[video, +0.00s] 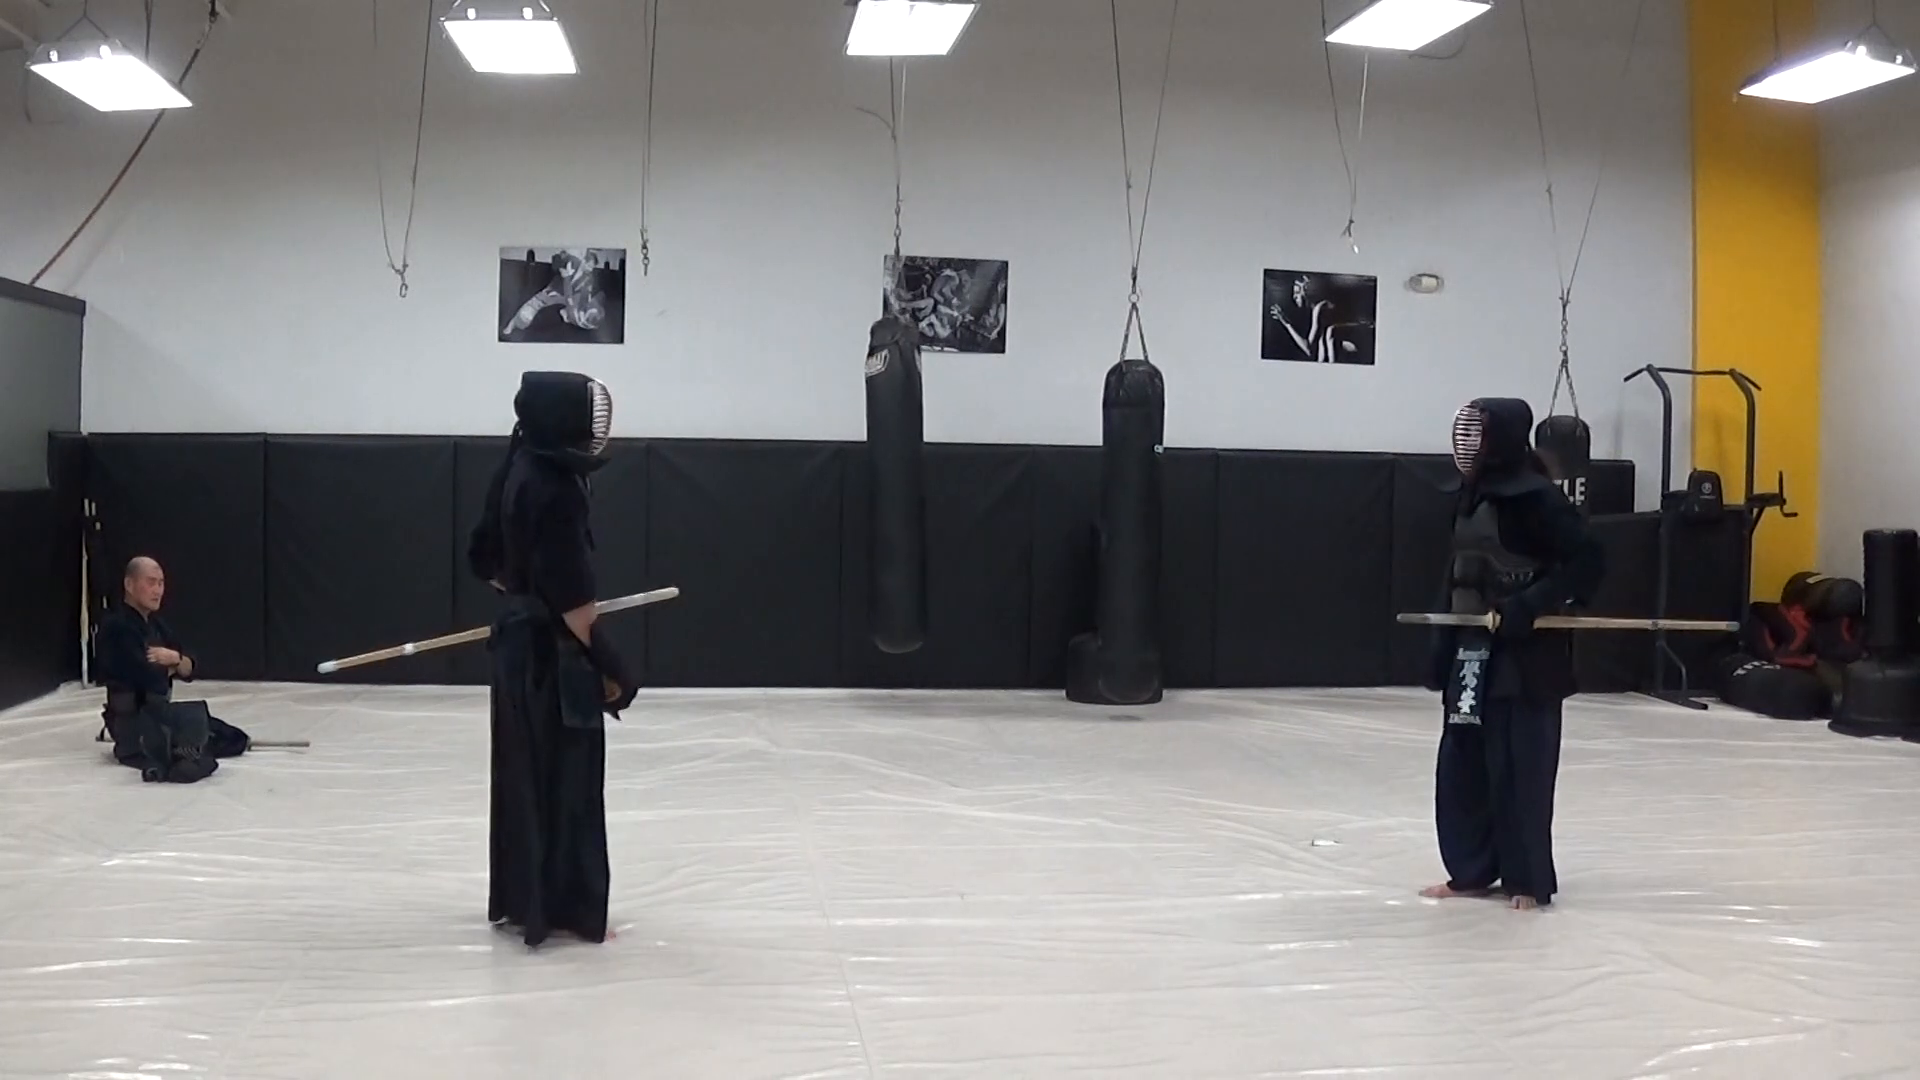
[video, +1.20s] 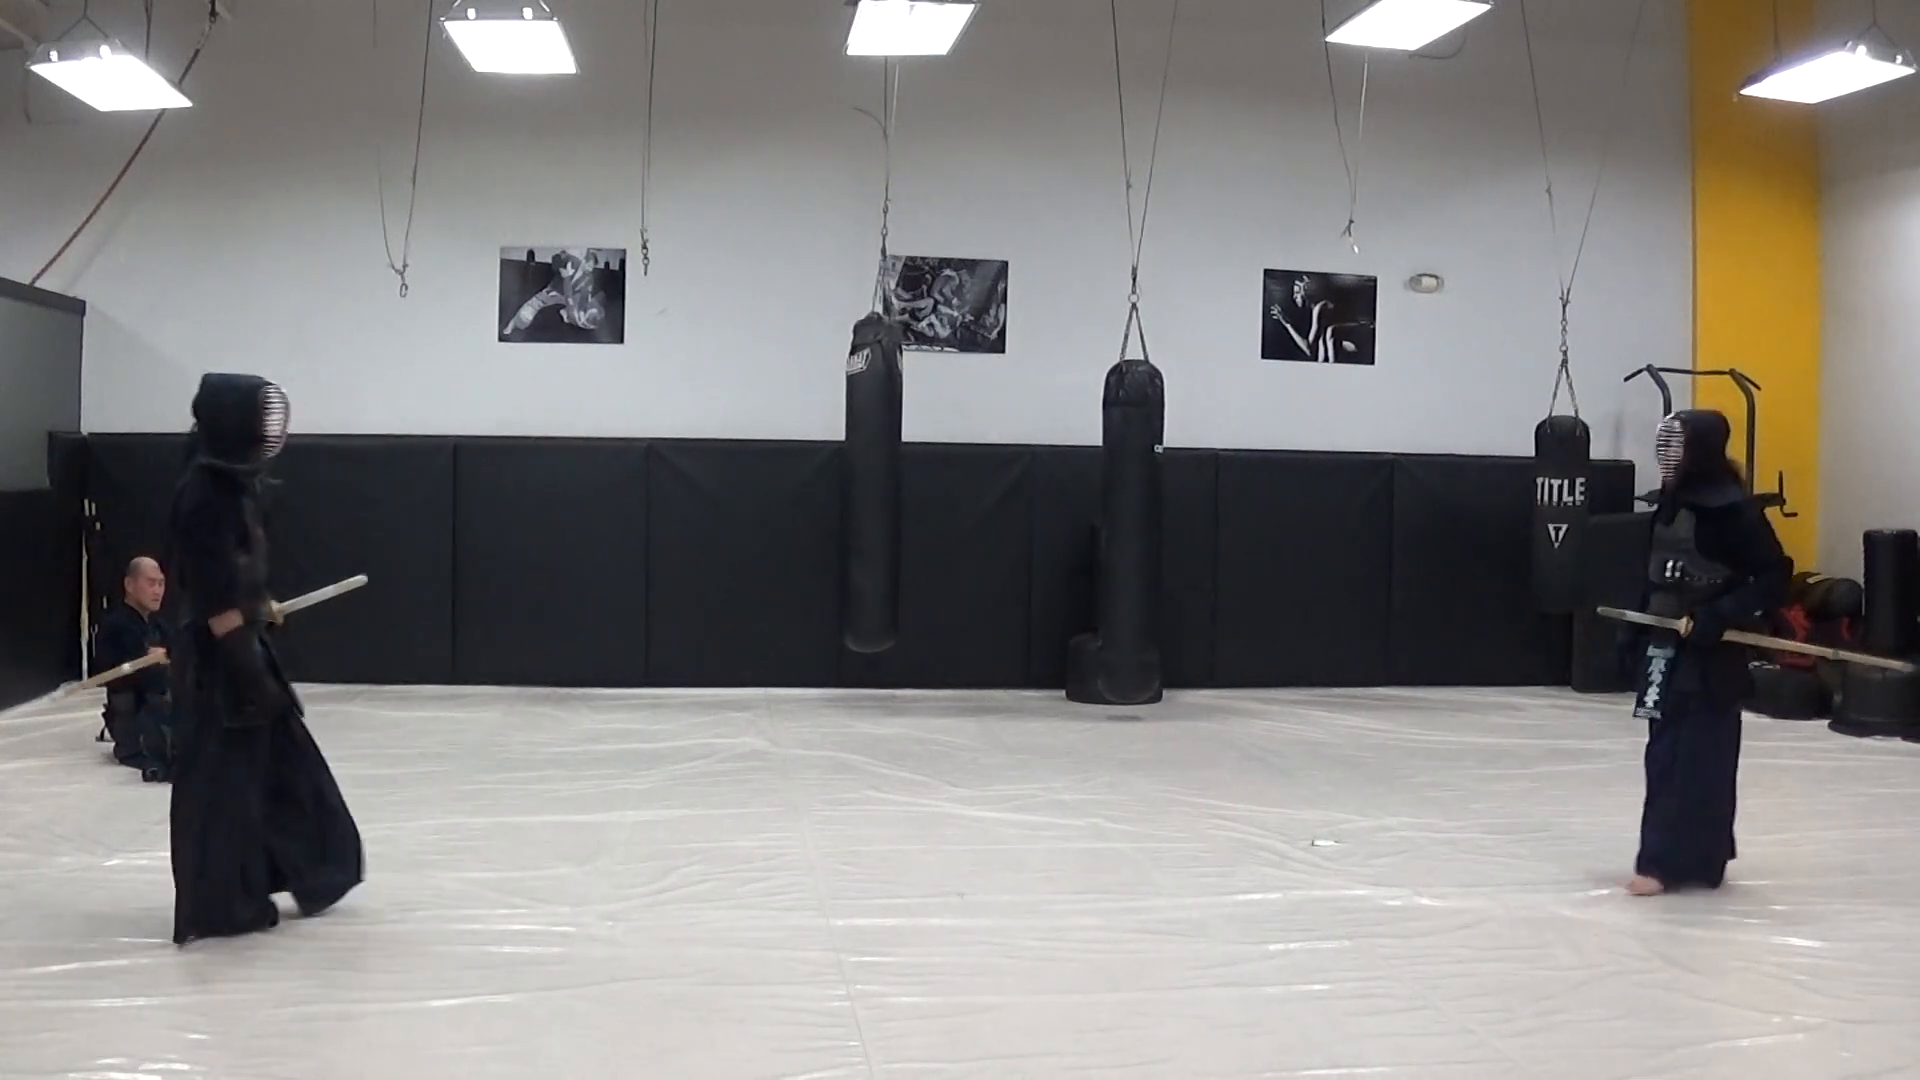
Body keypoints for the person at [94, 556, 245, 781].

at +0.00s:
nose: (158, 590)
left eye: (161, 584)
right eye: (151, 582)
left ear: (164, 586)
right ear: (129, 585)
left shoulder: (157, 623)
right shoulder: (116, 626)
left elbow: (190, 671)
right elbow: (144, 679)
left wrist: (176, 658)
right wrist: (173, 667)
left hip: (161, 719)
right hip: (130, 728)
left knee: (236, 740)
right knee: (200, 761)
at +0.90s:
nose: (158, 590)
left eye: (161, 583)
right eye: (151, 582)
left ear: (164, 586)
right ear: (129, 585)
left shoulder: (156, 622)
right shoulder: (117, 625)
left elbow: (191, 670)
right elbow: (149, 683)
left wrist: (176, 658)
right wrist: (172, 668)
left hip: (163, 716)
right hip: (131, 725)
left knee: (237, 740)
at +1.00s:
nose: (159, 590)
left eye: (161, 584)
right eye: (152, 582)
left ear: (165, 586)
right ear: (129, 585)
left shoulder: (158, 622)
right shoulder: (117, 624)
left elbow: (190, 667)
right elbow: (142, 676)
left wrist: (175, 658)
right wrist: (175, 669)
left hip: (162, 711)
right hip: (130, 718)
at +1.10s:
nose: (158, 591)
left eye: (161, 584)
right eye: (151, 583)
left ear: (165, 586)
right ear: (129, 585)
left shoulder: (157, 624)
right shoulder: (117, 624)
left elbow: (193, 670)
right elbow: (146, 676)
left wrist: (173, 659)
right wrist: (179, 665)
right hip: (130, 727)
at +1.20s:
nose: (158, 590)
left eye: (161, 584)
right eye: (151, 583)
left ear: (165, 586)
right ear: (129, 585)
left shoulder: (161, 624)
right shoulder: (114, 623)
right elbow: (109, 675)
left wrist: (166, 657)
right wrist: (148, 661)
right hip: (128, 719)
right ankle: (129, 749)